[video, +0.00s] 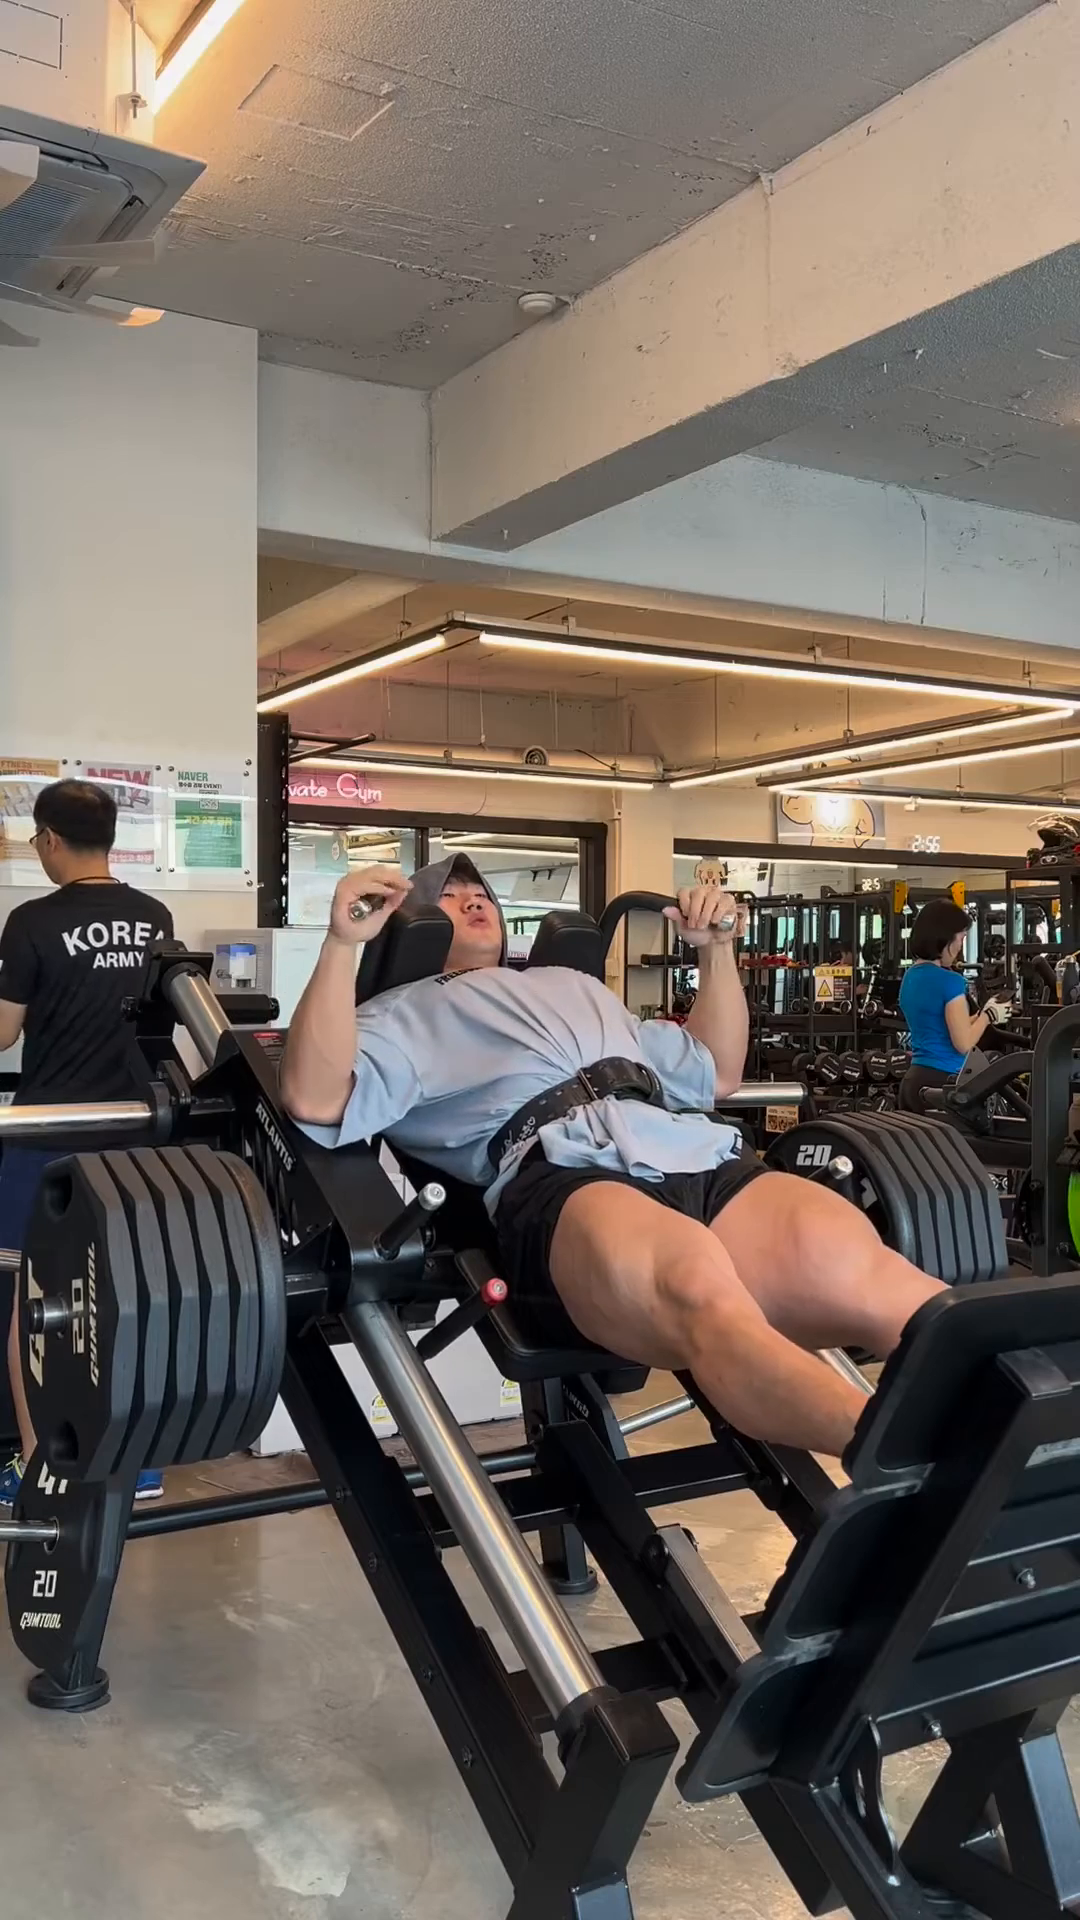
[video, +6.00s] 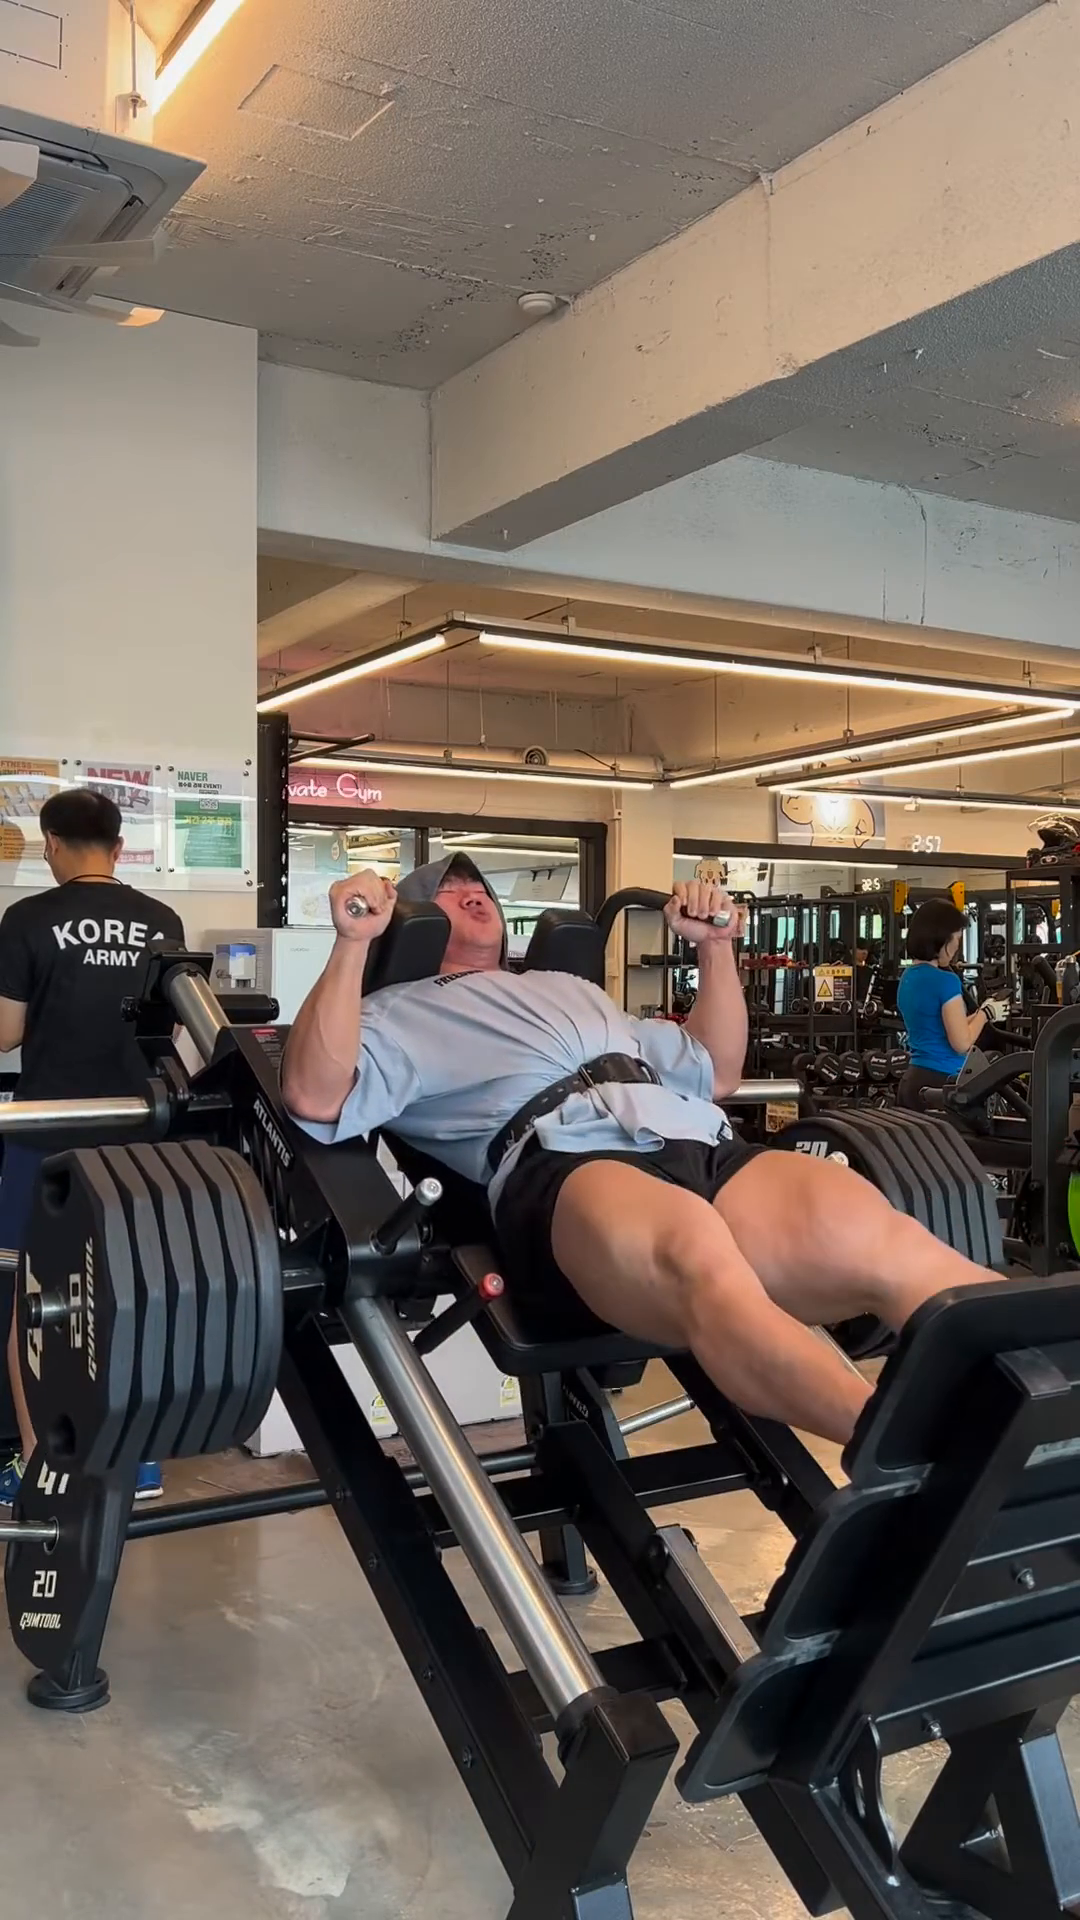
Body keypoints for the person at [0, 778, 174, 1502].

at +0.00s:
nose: (35, 848)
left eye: (37, 837)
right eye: (37, 837)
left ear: (50, 840)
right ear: (110, 841)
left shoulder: (34, 920)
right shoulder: (154, 913)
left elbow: (6, 1030)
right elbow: (166, 1013)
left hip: (47, 1132)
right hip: (137, 1132)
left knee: (26, 1294)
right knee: (133, 1292)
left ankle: (34, 1456)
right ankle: (138, 1462)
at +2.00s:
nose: (47, 857)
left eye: (45, 847)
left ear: (48, 846)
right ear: (115, 848)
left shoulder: (25, 917)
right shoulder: (159, 919)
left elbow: (5, 1027)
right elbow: (172, 1021)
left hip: (46, 1129)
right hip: (136, 1128)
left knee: (30, 1293)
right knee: (125, 1289)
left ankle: (41, 1461)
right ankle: (129, 1453)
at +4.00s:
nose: (41, 862)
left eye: (40, 852)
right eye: (42, 853)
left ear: (48, 849)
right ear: (114, 848)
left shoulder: (30, 916)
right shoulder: (164, 917)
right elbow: (177, 1010)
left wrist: (35, 988)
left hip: (50, 1130)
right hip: (136, 1131)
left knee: (27, 1298)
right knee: (126, 1287)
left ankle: (40, 1466)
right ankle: (138, 1455)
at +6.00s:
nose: (52, 857)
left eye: (49, 847)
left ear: (51, 846)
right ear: (119, 848)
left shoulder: (28, 920)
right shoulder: (164, 920)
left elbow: (9, 1031)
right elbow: (178, 1027)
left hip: (45, 1134)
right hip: (138, 1135)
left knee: (27, 1297)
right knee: (135, 1294)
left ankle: (37, 1458)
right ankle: (140, 1463)